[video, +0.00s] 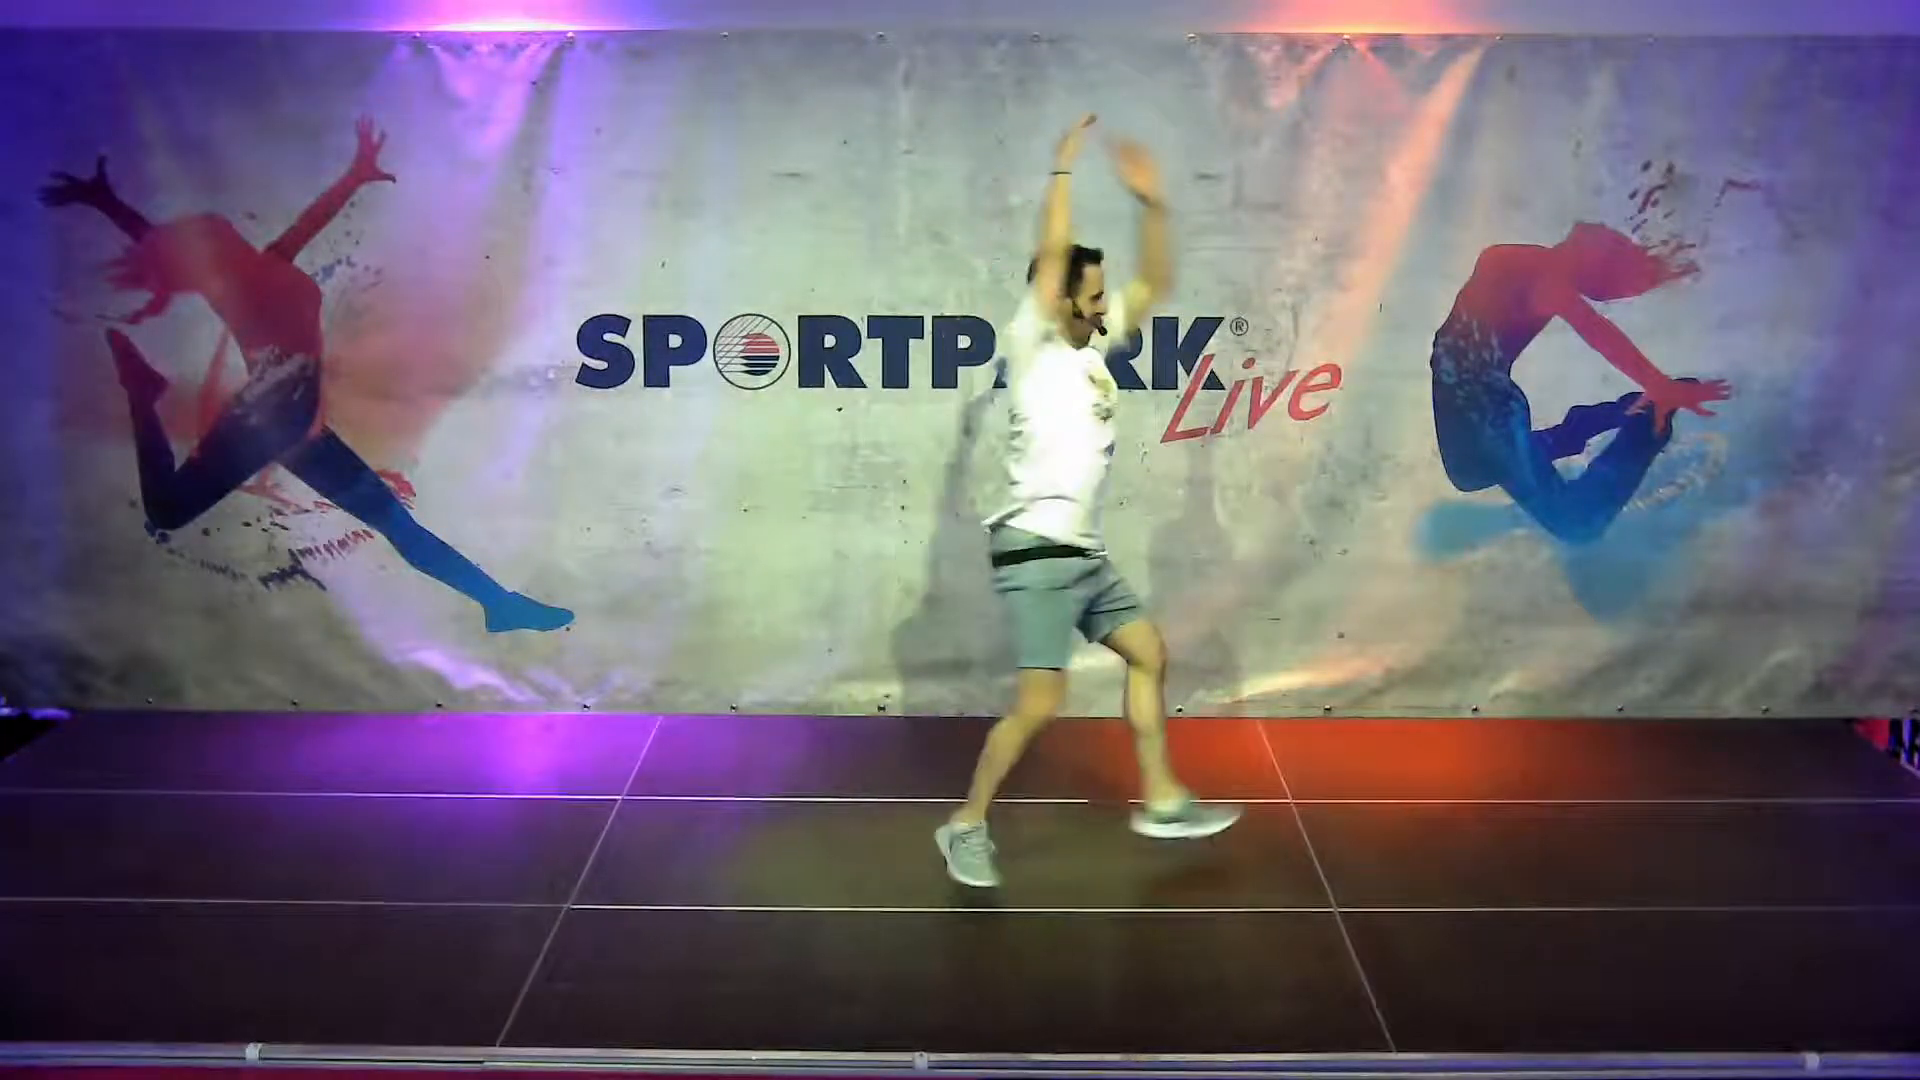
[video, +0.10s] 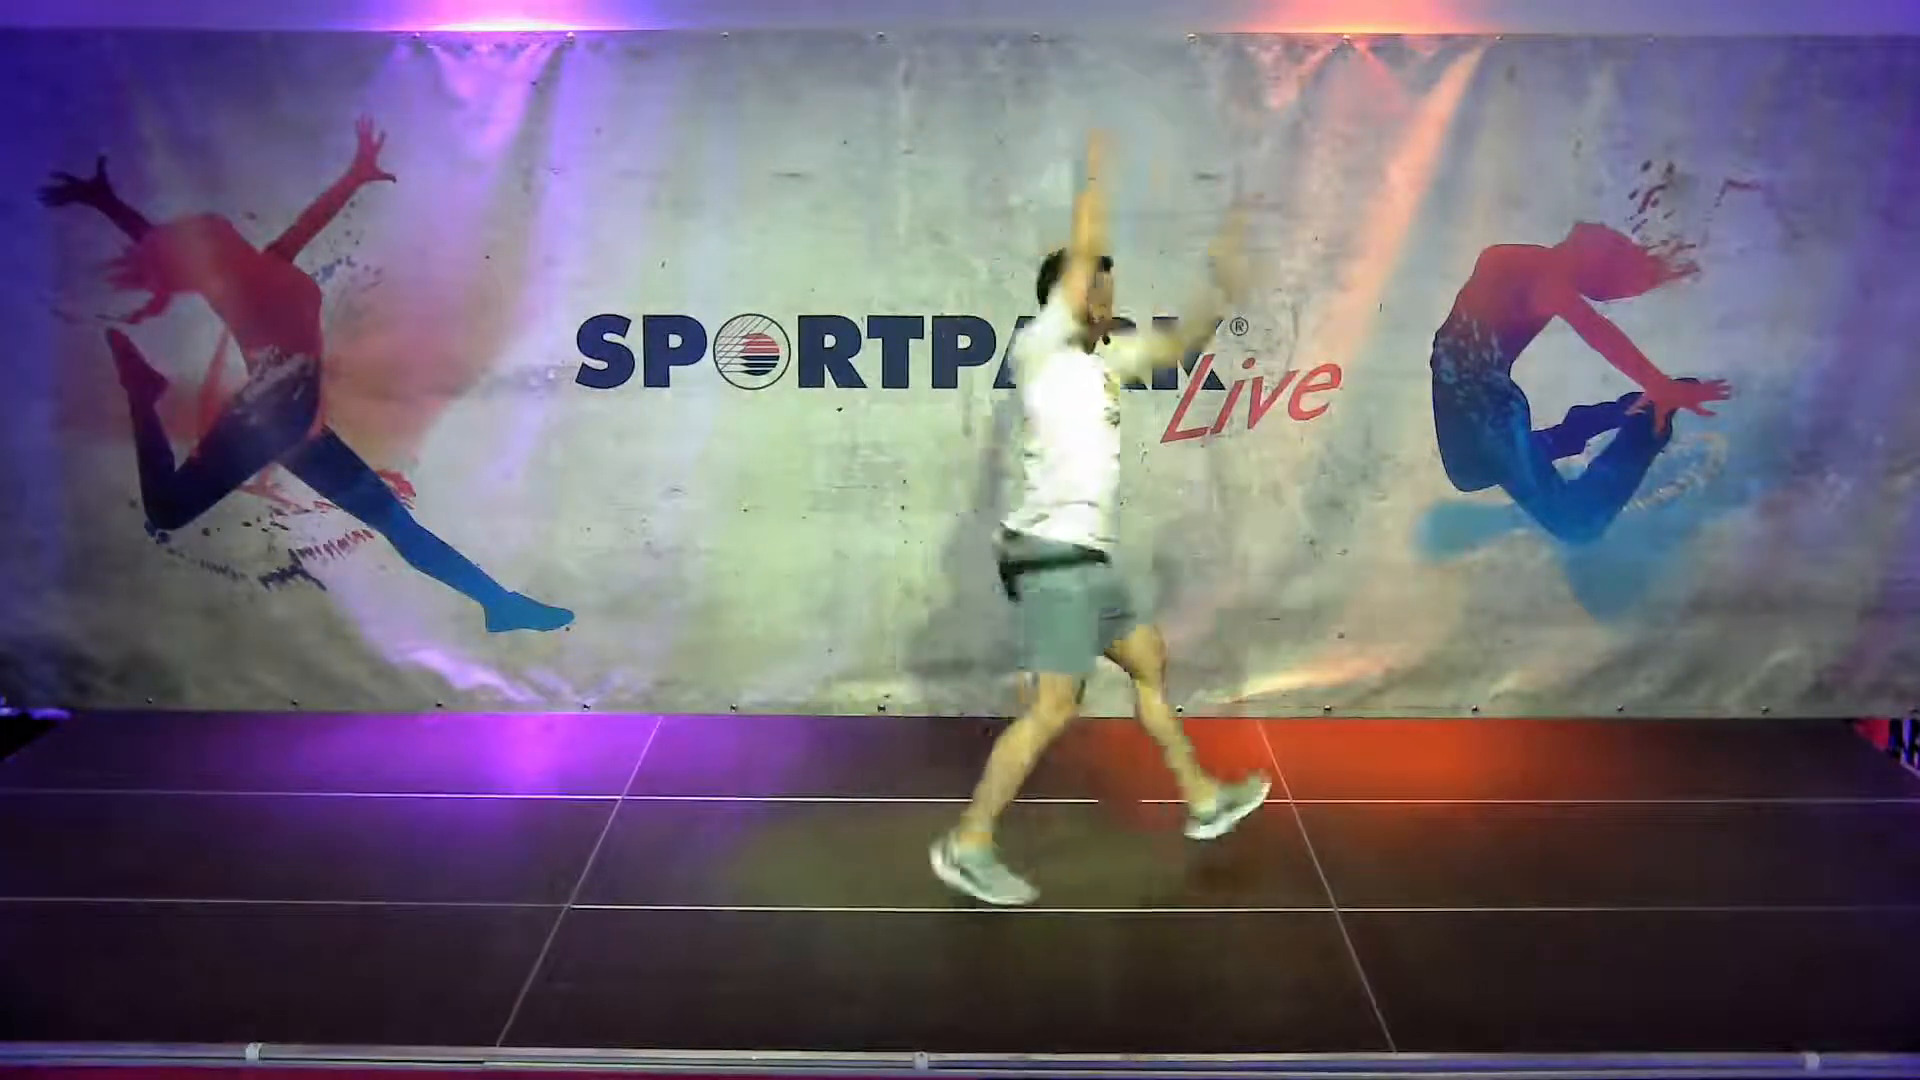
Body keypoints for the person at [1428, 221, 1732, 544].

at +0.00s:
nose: (1599, 292)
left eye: (1609, 289)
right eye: (1608, 285)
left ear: (1585, 245)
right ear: (1591, 244)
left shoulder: (1547, 282)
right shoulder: (1533, 265)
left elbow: (1598, 331)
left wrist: (1657, 384)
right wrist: (1649, 268)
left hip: (1486, 401)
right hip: (1454, 390)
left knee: (1575, 524)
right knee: (1468, 475)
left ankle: (1649, 425)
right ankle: (1571, 436)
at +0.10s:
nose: (1601, 293)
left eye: (1611, 291)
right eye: (1609, 286)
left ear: (1585, 246)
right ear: (1591, 246)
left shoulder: (1547, 282)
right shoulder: (1532, 265)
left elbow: (1597, 330)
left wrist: (1657, 384)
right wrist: (1649, 267)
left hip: (1487, 401)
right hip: (1454, 389)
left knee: (1575, 524)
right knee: (1468, 475)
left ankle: (1648, 426)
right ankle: (1570, 436)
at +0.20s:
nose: (1601, 293)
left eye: (1611, 291)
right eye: (1609, 286)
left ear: (1585, 246)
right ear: (1591, 246)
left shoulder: (1547, 282)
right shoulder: (1532, 265)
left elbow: (1597, 330)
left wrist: (1657, 384)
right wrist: (1649, 267)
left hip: (1487, 401)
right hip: (1454, 389)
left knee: (1575, 524)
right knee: (1468, 475)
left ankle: (1648, 426)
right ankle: (1570, 436)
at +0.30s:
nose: (1601, 293)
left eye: (1611, 291)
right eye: (1609, 286)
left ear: (1585, 246)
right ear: (1591, 246)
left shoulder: (1547, 282)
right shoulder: (1532, 265)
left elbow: (1597, 330)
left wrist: (1657, 384)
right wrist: (1649, 267)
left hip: (1487, 401)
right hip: (1454, 389)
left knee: (1575, 524)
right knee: (1468, 475)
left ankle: (1648, 426)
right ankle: (1570, 436)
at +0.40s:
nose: (1601, 293)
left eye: (1611, 291)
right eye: (1609, 286)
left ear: (1585, 246)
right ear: (1591, 246)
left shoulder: (1547, 282)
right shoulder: (1532, 265)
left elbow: (1597, 330)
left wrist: (1657, 384)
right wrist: (1649, 268)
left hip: (1487, 401)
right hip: (1454, 389)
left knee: (1575, 523)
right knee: (1468, 475)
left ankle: (1648, 426)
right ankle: (1571, 436)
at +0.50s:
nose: (1601, 294)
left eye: (1611, 291)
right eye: (1609, 286)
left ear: (1585, 245)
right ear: (1591, 246)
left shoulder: (1547, 281)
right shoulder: (1532, 265)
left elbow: (1597, 330)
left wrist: (1657, 384)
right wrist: (1650, 268)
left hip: (1487, 401)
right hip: (1454, 389)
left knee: (1575, 523)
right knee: (1468, 475)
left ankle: (1648, 426)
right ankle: (1571, 436)